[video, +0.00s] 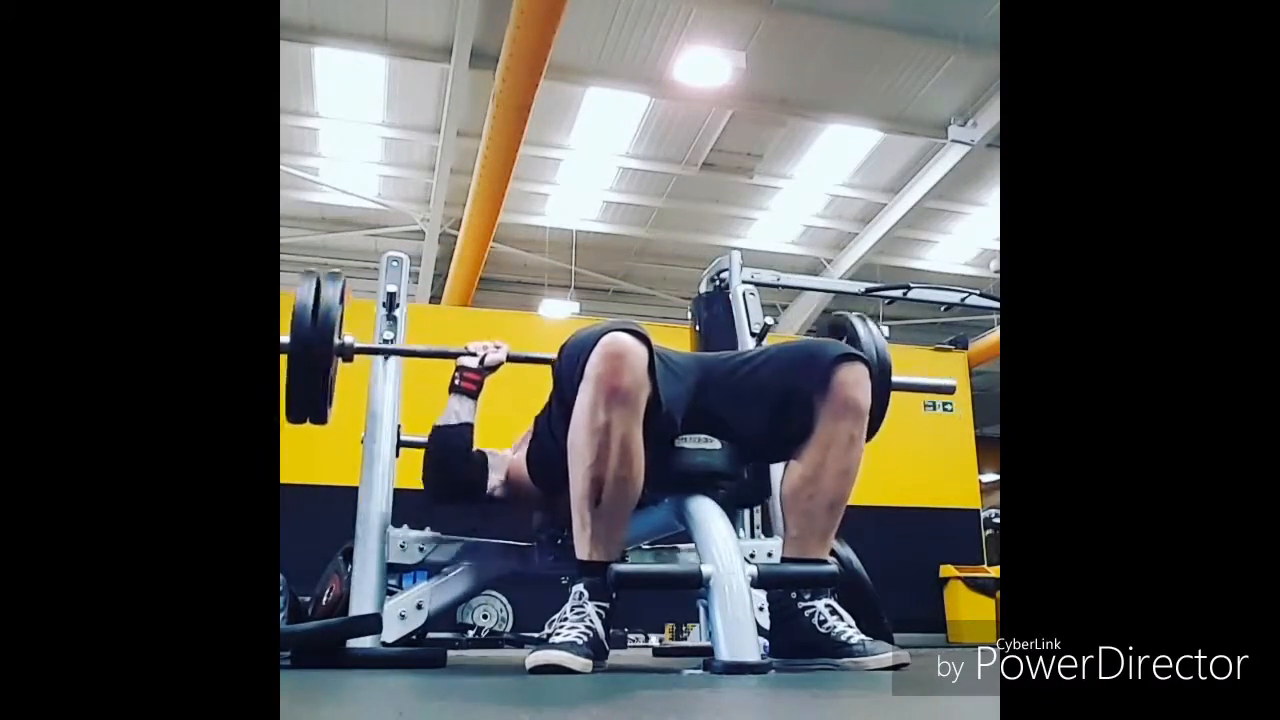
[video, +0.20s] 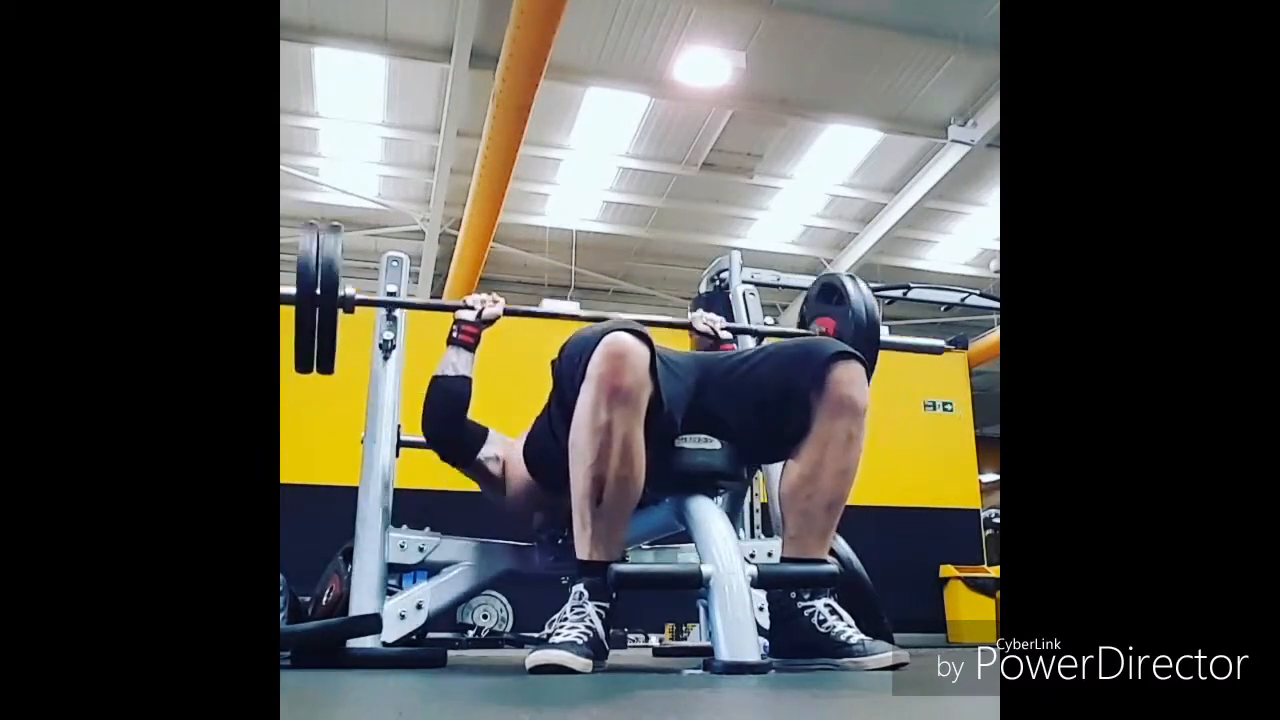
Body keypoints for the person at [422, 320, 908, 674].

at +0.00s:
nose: (481, 460)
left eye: (478, 462)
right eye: (482, 476)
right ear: (496, 493)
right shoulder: (528, 480)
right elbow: (447, 479)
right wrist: (465, 384)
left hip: (700, 373)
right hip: (625, 357)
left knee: (847, 376)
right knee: (617, 357)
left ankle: (801, 607)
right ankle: (588, 606)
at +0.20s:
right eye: (490, 462)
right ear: (500, 472)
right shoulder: (517, 474)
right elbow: (446, 426)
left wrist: (722, 351)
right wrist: (464, 336)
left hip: (701, 387)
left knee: (844, 377)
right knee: (621, 355)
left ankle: (798, 609)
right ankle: (586, 607)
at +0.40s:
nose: (495, 439)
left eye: (497, 438)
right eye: (490, 445)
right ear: (496, 466)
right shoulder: (521, 476)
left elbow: (728, 387)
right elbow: (460, 389)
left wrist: (713, 313)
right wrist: (467, 290)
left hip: (694, 385)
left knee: (837, 374)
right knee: (619, 352)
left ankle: (801, 611)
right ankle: (584, 606)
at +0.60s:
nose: (498, 437)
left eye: (499, 436)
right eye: (495, 441)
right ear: (506, 463)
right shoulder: (525, 464)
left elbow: (727, 377)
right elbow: (468, 377)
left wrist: (711, 303)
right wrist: (467, 278)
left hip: (703, 380)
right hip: (628, 361)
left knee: (841, 373)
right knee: (612, 351)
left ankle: (799, 606)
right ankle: (586, 606)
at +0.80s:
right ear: (503, 472)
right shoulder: (510, 466)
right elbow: (442, 428)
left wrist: (720, 357)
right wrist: (465, 337)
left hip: (710, 389)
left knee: (844, 377)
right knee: (618, 355)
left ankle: (799, 610)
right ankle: (587, 607)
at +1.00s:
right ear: (496, 498)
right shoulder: (524, 480)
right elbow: (452, 501)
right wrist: (468, 406)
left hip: (707, 376)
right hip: (630, 358)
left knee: (850, 375)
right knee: (618, 357)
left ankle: (800, 607)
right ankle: (587, 606)